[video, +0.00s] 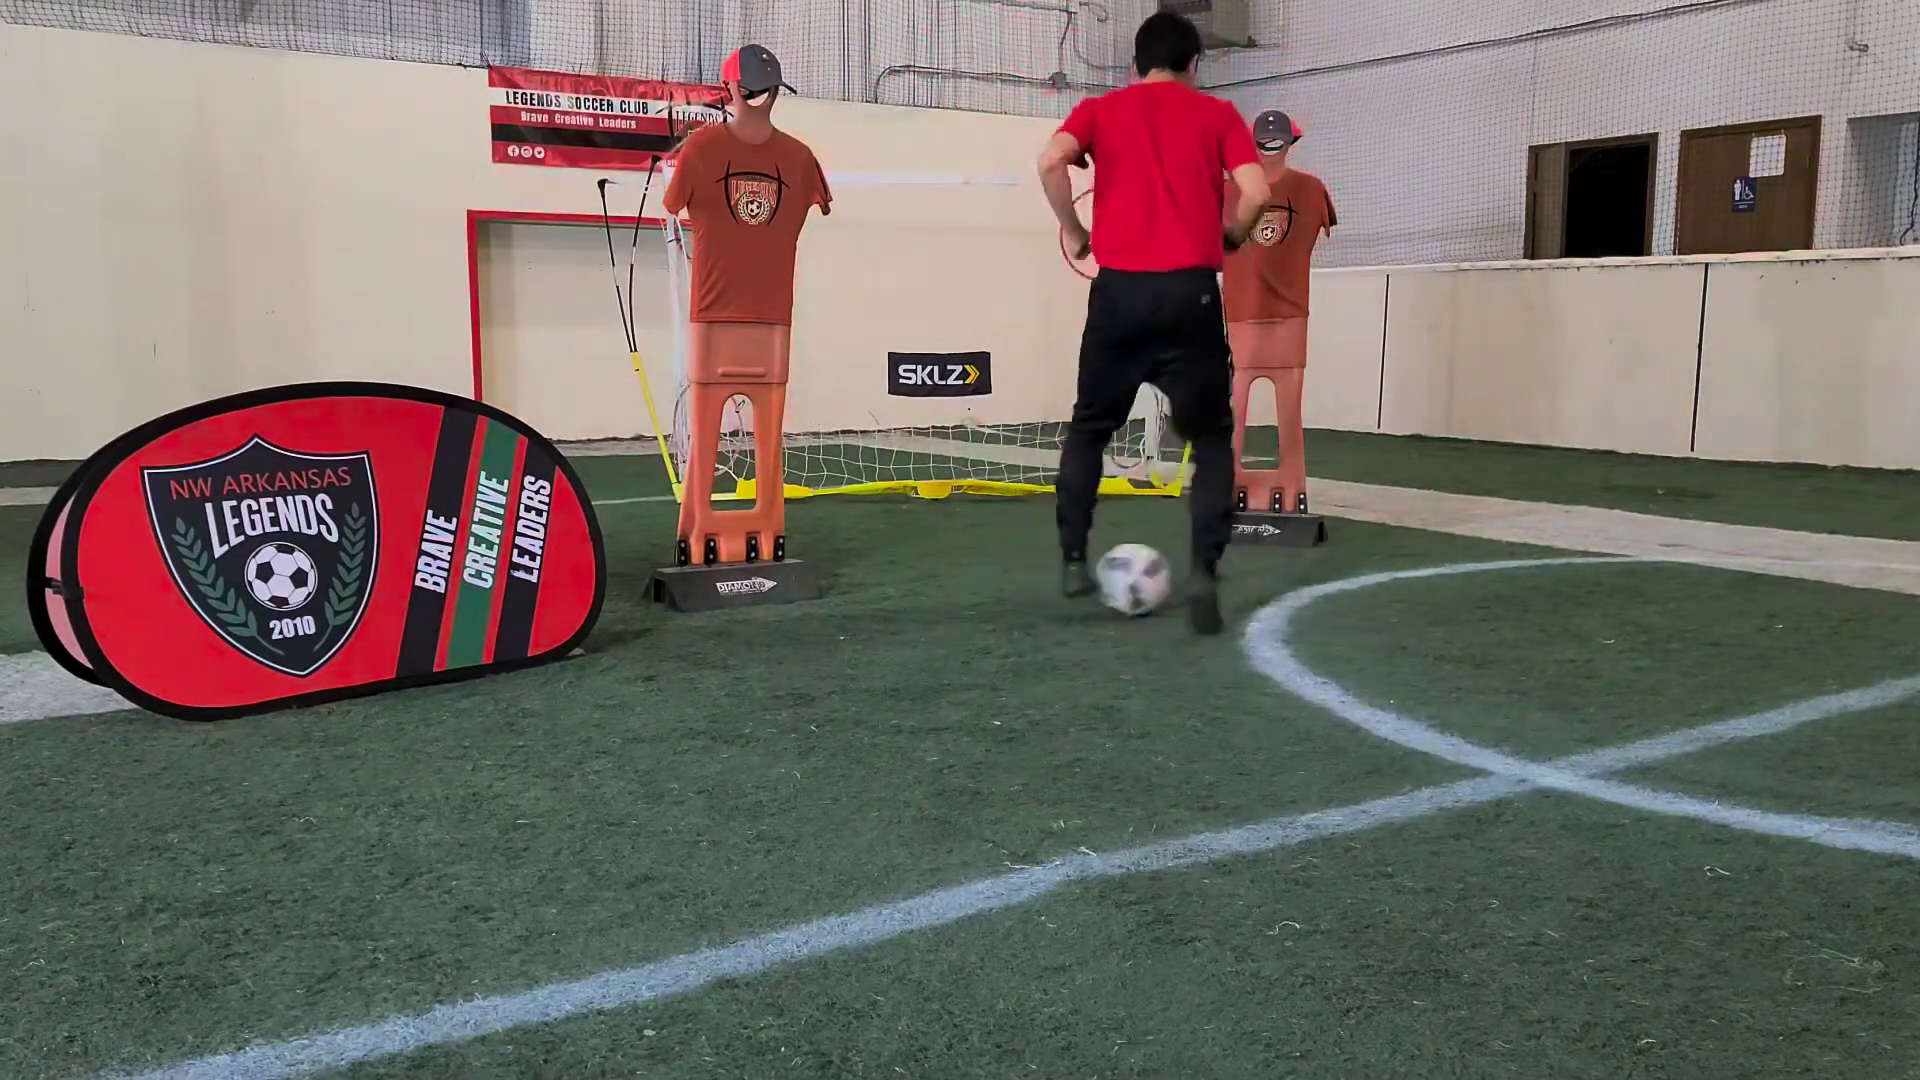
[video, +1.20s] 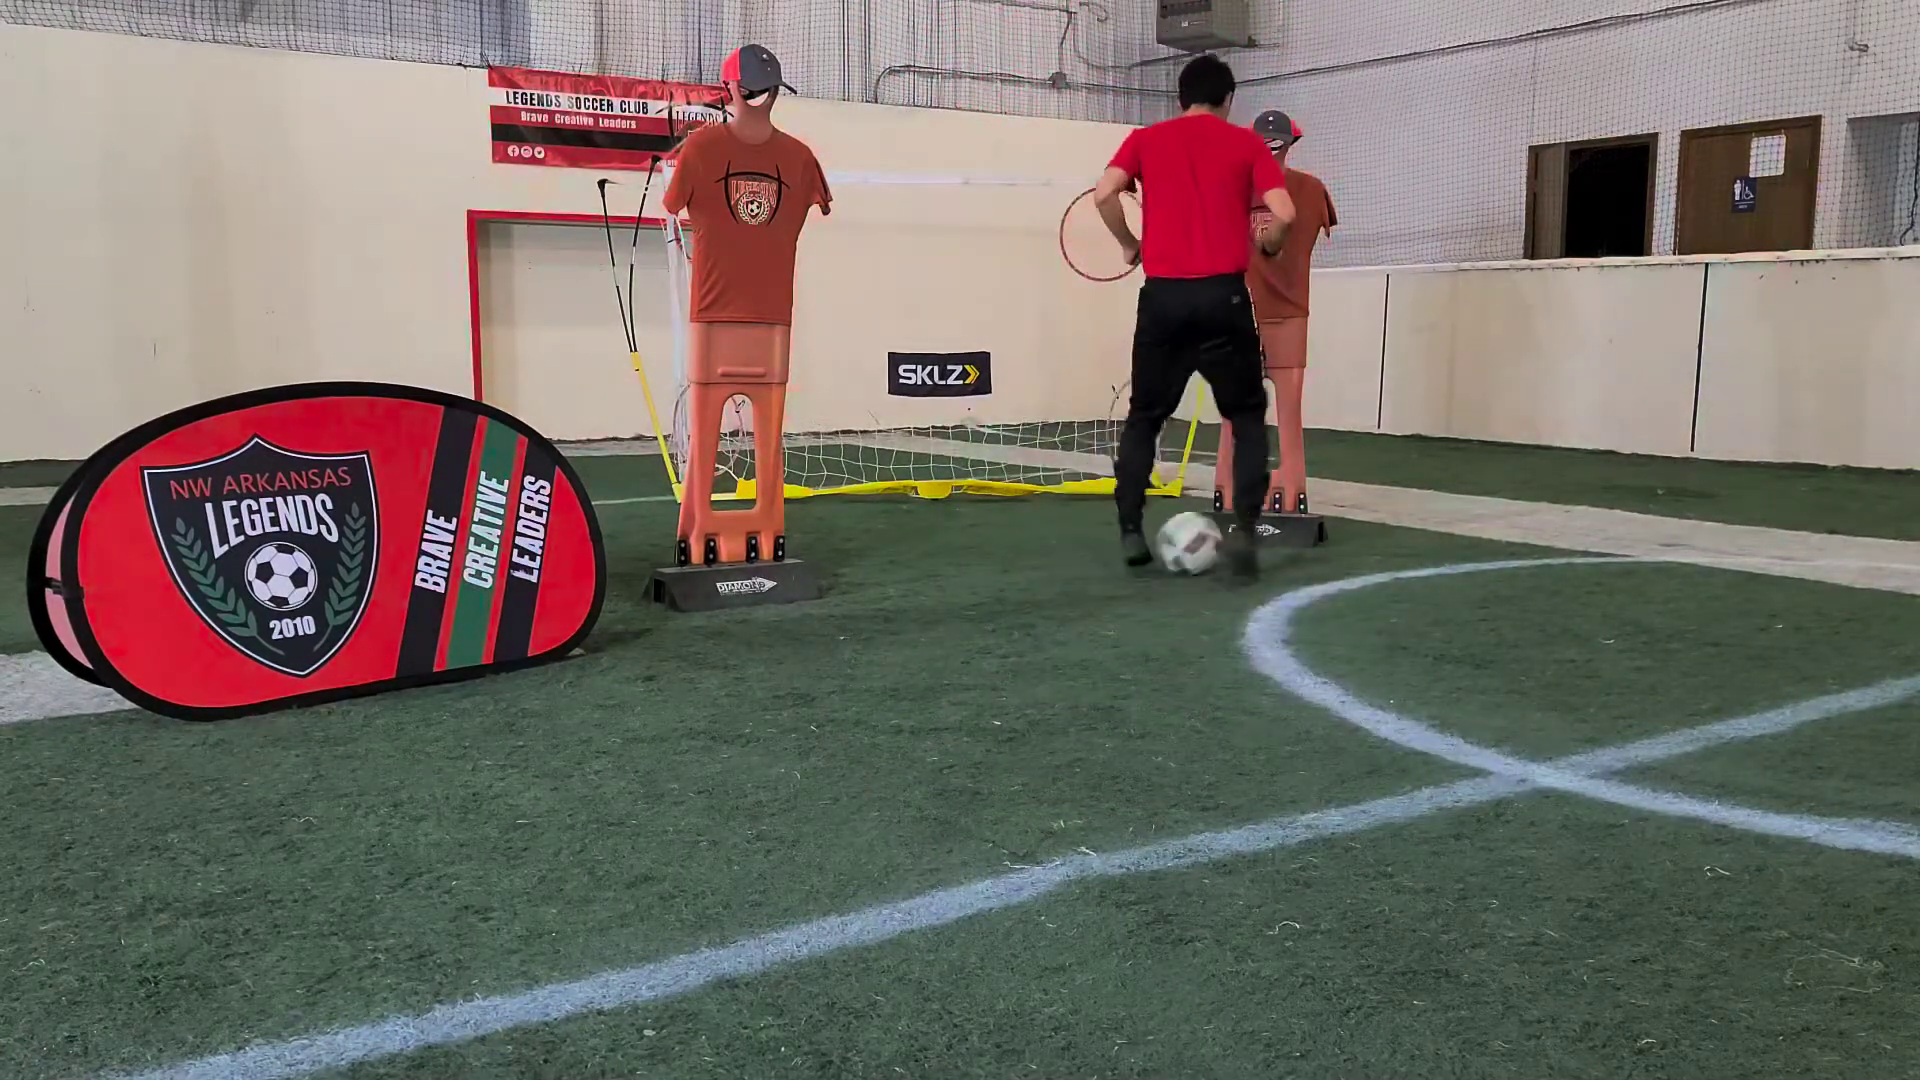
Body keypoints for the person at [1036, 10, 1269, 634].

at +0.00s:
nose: (1195, 72)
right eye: (1198, 64)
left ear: (1135, 65)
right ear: (1193, 65)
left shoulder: (1102, 108)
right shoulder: (1218, 113)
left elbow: (1050, 160)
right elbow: (1255, 193)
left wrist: (1072, 230)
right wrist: (1231, 235)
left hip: (1118, 296)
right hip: (1190, 296)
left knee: (1090, 427)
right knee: (1211, 435)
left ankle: (1073, 558)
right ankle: (1204, 572)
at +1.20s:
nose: (1225, 106)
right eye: (1230, 99)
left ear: (1178, 99)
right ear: (1227, 100)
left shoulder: (1147, 137)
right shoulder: (1248, 143)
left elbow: (1104, 195)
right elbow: (1284, 214)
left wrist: (1128, 243)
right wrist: (1267, 241)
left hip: (1161, 301)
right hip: (1223, 300)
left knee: (1144, 413)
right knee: (1246, 413)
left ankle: (1131, 531)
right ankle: (1244, 529)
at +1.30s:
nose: (1228, 124)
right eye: (1229, 118)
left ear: (1177, 116)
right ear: (1224, 116)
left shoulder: (1137, 160)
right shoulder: (1238, 159)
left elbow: (1094, 225)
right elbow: (1270, 224)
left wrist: (1135, 259)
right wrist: (1276, 289)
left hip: (1159, 319)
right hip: (1221, 316)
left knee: (1153, 435)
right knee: (1265, 414)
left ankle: (1147, 550)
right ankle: (1289, 524)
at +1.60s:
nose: (1263, 116)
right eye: (1264, 109)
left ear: (1215, 105)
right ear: (1261, 109)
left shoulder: (1178, 147)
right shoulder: (1274, 152)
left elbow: (1127, 211)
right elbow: (1287, 201)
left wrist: (1157, 247)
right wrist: (1289, 274)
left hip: (1185, 303)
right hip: (1243, 304)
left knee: (1155, 409)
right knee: (1249, 419)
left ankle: (1136, 510)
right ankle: (1245, 537)